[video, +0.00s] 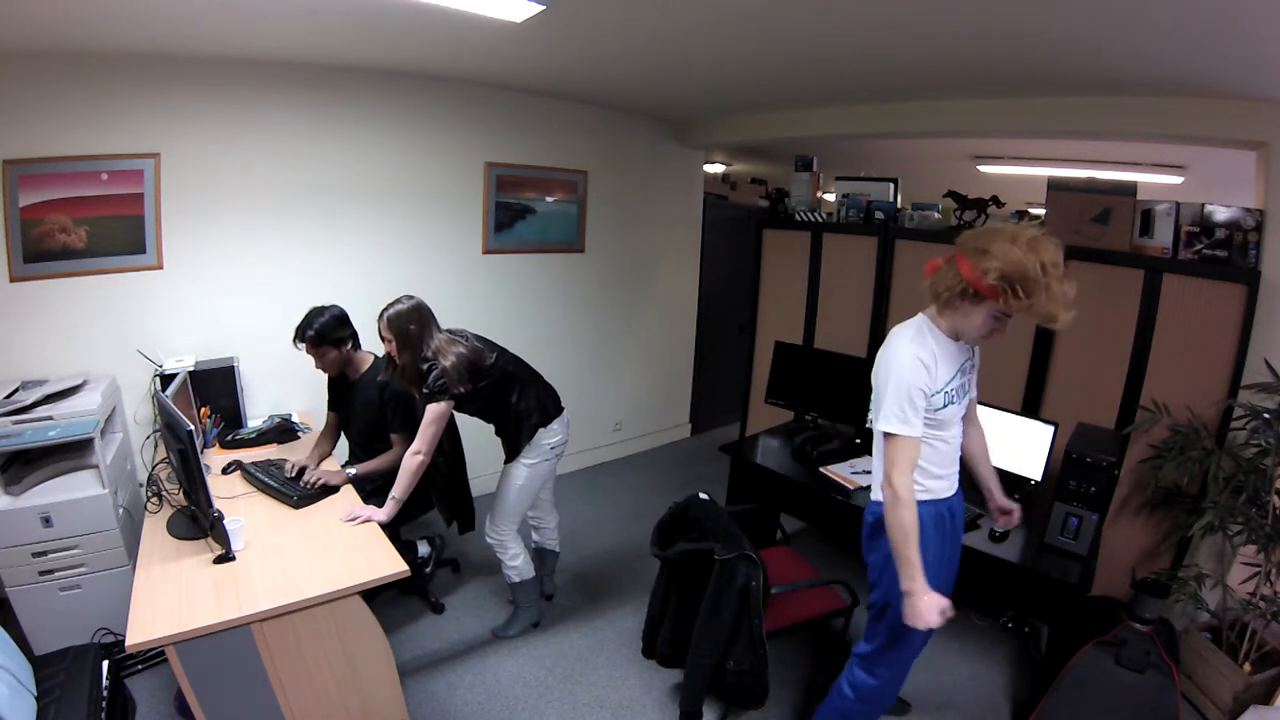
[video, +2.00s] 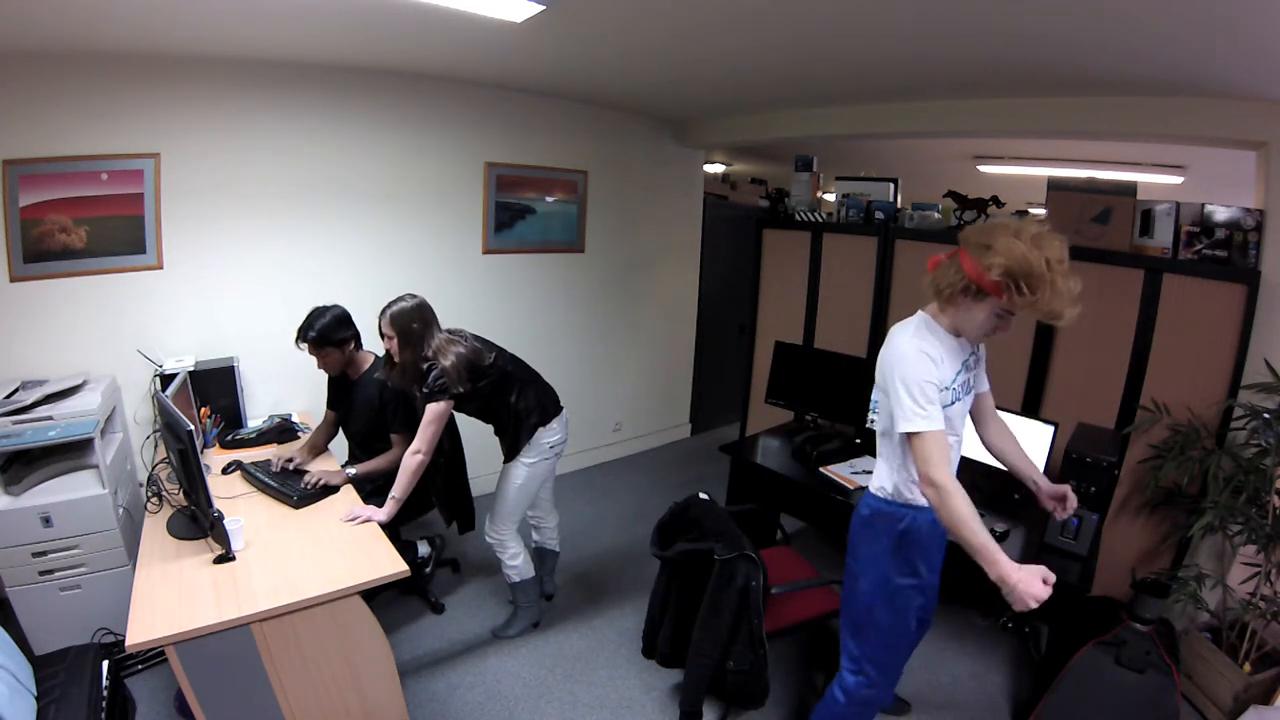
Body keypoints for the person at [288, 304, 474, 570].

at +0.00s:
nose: (316, 364)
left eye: (320, 355)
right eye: (312, 356)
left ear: (346, 345)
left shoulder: (389, 382)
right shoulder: (339, 376)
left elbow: (403, 450)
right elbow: (332, 429)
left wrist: (347, 474)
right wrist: (311, 459)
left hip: (406, 477)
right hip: (364, 474)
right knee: (320, 513)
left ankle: (419, 552)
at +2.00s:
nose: (318, 363)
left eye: (322, 355)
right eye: (315, 356)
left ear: (349, 346)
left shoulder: (389, 381)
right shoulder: (339, 374)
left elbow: (403, 451)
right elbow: (330, 424)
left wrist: (346, 473)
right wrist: (303, 453)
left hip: (402, 477)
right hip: (362, 473)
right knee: (317, 512)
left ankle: (419, 553)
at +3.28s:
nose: (319, 357)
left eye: (325, 348)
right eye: (316, 350)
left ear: (352, 343)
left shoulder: (390, 380)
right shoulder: (338, 375)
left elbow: (404, 451)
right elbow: (317, 423)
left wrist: (346, 473)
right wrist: (268, 449)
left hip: (403, 480)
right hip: (362, 475)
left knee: (341, 528)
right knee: (314, 513)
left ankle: (417, 552)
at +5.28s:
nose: (312, 356)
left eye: (317, 348)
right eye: (310, 348)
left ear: (344, 345)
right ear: (336, 347)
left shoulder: (389, 381)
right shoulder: (337, 378)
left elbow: (405, 448)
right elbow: (312, 428)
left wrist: (346, 473)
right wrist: (261, 452)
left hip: (413, 477)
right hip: (372, 470)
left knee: (352, 530)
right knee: (322, 513)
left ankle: (417, 554)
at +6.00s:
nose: (312, 355)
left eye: (317, 346)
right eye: (311, 346)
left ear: (343, 344)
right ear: (336, 346)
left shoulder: (389, 381)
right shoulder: (337, 377)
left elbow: (405, 449)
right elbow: (312, 429)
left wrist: (347, 473)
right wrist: (259, 453)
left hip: (413, 477)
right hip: (371, 471)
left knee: (351, 531)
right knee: (321, 514)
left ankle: (418, 554)